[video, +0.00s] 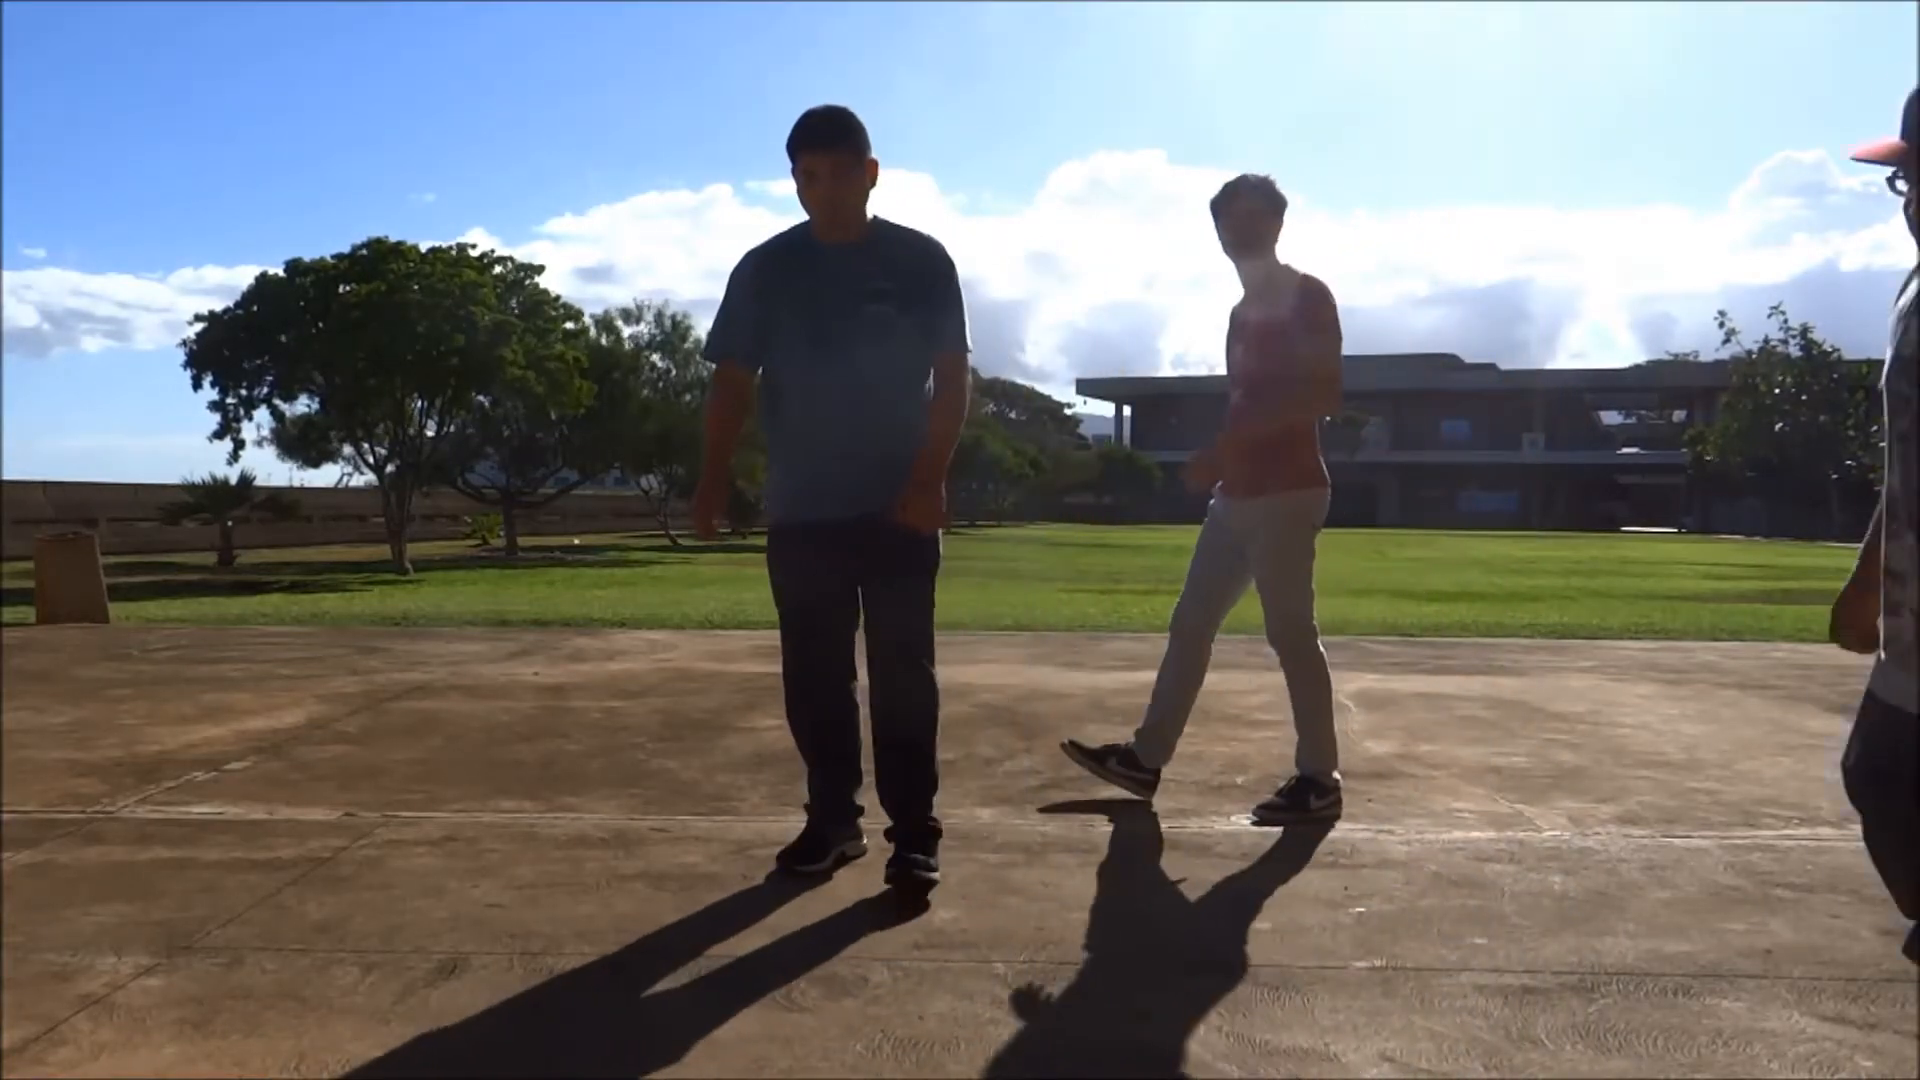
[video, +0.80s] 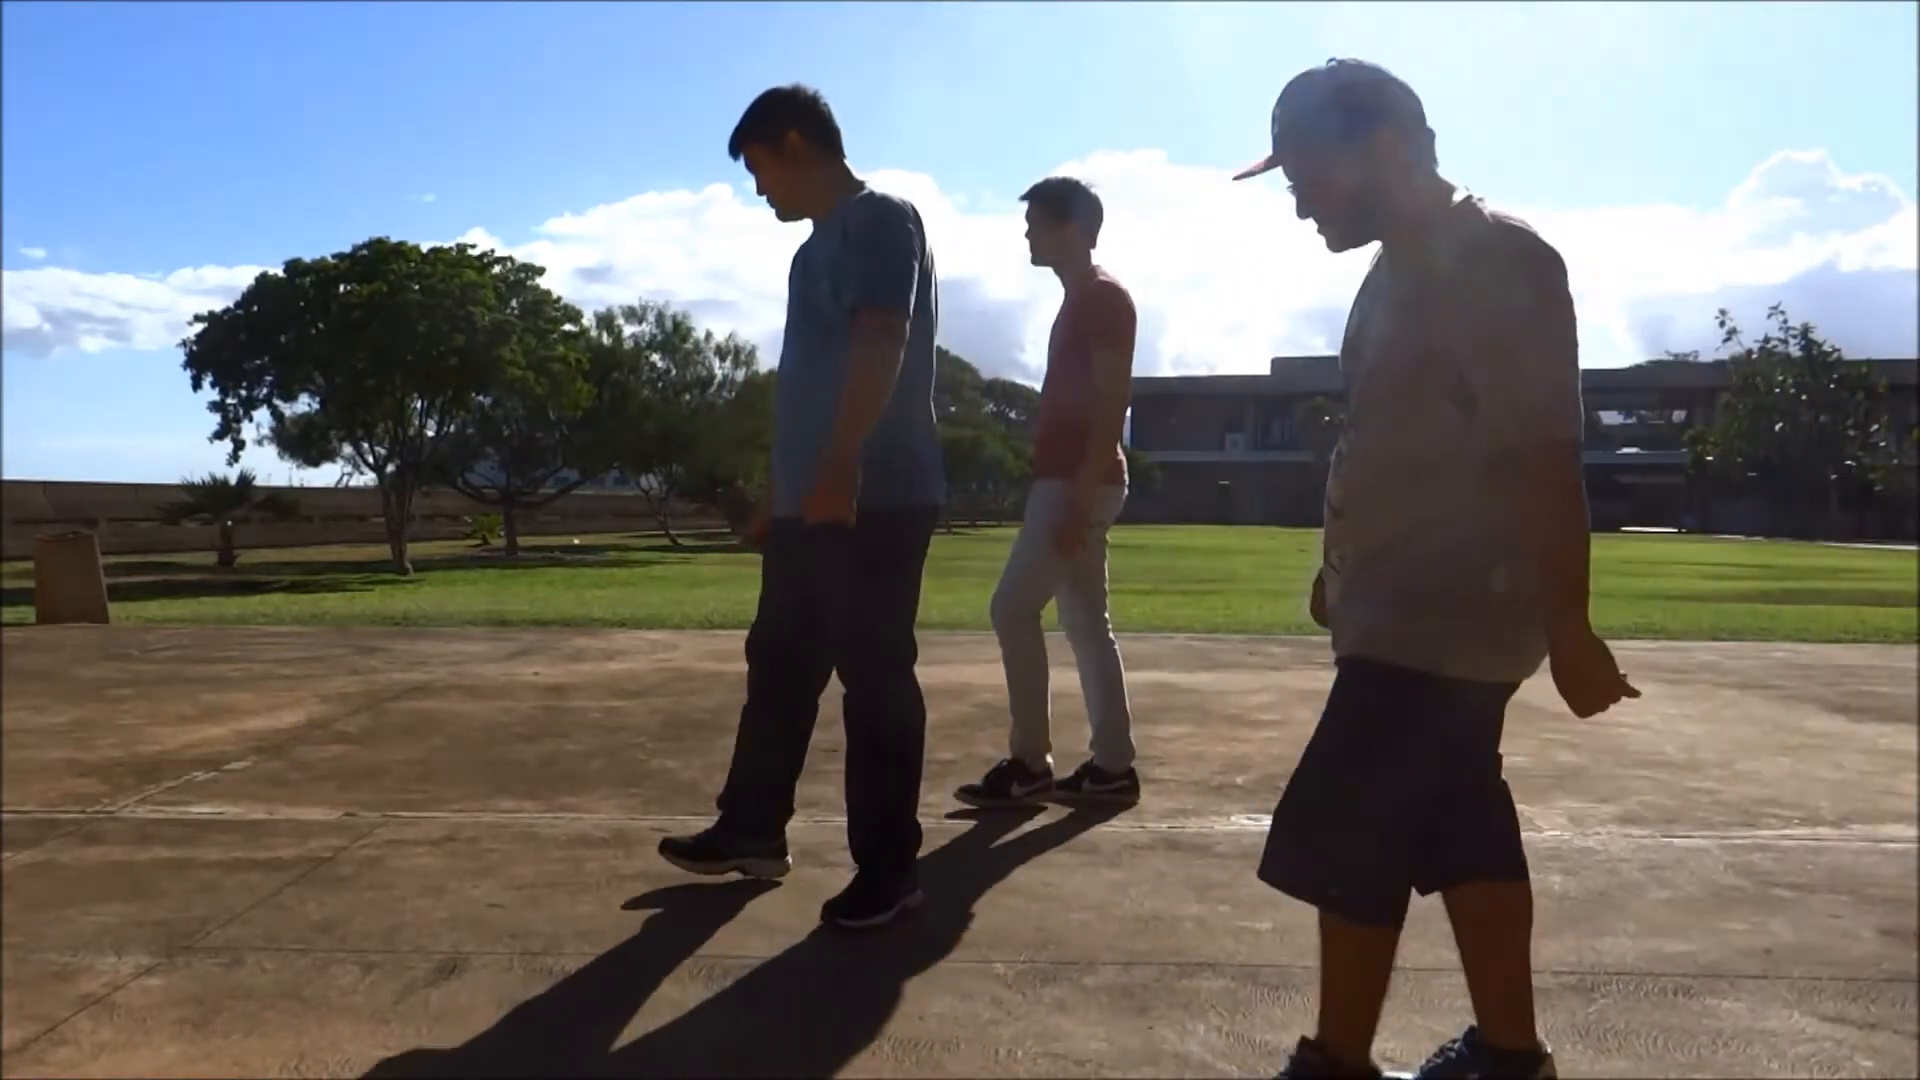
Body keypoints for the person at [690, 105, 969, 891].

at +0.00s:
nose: (817, 187)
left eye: (831, 171)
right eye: (804, 174)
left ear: (869, 170)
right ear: (793, 178)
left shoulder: (921, 261)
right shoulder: (762, 270)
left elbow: (952, 377)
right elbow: (729, 383)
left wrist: (929, 478)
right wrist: (714, 480)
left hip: (900, 503)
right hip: (802, 510)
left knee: (904, 676)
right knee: (814, 676)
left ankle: (913, 837)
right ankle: (831, 820)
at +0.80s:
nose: (760, 191)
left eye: (759, 170)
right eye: (753, 175)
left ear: (798, 147)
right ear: (797, 152)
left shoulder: (881, 219)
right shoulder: (812, 252)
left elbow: (880, 348)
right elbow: (809, 386)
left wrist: (840, 462)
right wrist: (778, 493)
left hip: (876, 499)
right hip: (814, 502)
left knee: (878, 676)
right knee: (780, 662)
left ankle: (887, 871)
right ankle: (750, 829)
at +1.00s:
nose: (741, 202)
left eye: (736, 180)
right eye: (732, 186)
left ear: (768, 151)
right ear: (783, 149)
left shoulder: (835, 213)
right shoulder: (849, 228)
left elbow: (807, 346)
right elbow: (853, 371)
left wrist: (734, 458)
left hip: (848, 502)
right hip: (813, 504)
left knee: (864, 682)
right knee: (770, 665)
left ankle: (885, 871)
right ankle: (729, 832)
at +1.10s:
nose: (721, 202)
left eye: (719, 182)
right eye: (715, 187)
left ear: (750, 153)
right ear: (766, 153)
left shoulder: (821, 216)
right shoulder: (823, 228)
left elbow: (783, 348)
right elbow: (823, 372)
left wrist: (705, 460)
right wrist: (734, 468)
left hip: (835, 501)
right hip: (800, 504)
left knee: (852, 681)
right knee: (769, 672)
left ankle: (884, 871)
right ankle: (734, 841)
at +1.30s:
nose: (686, 208)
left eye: (683, 187)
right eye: (678, 193)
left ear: (714, 161)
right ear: (734, 160)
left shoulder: (773, 221)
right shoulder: (794, 231)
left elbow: (746, 355)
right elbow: (806, 371)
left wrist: (681, 468)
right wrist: (724, 475)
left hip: (792, 500)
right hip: (765, 503)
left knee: (813, 669)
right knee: (735, 667)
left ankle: (876, 860)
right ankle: (727, 841)